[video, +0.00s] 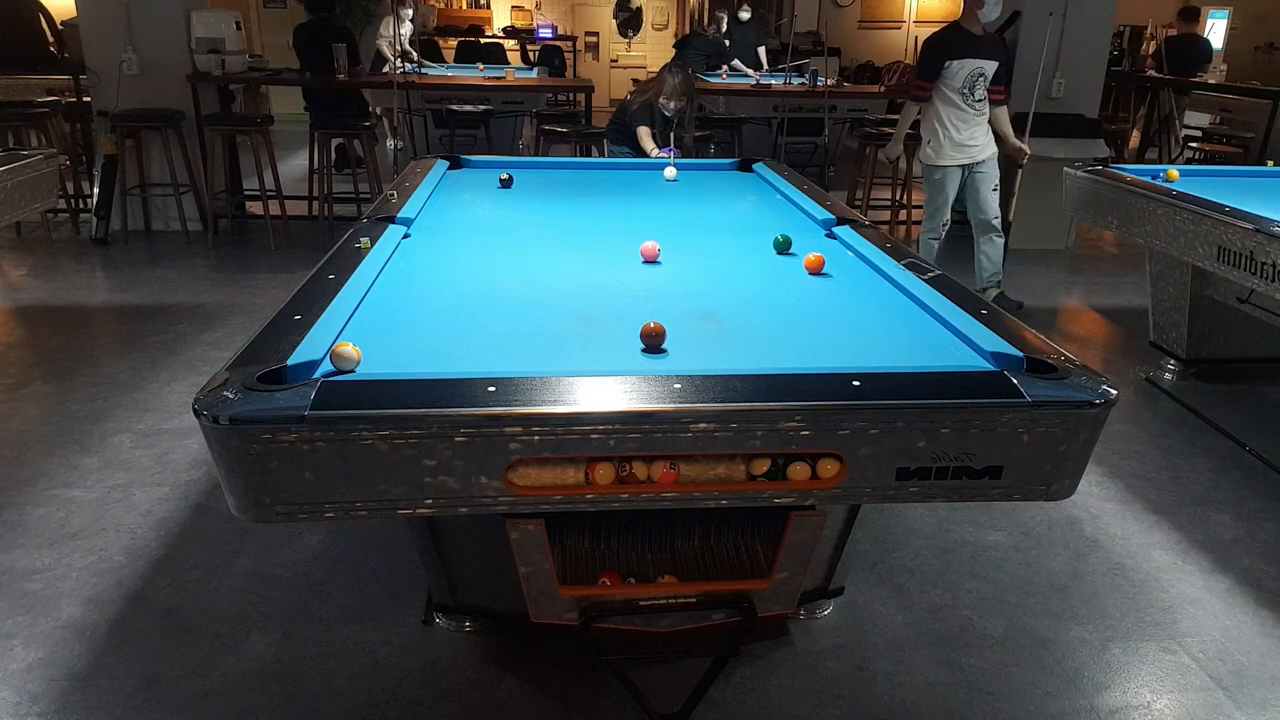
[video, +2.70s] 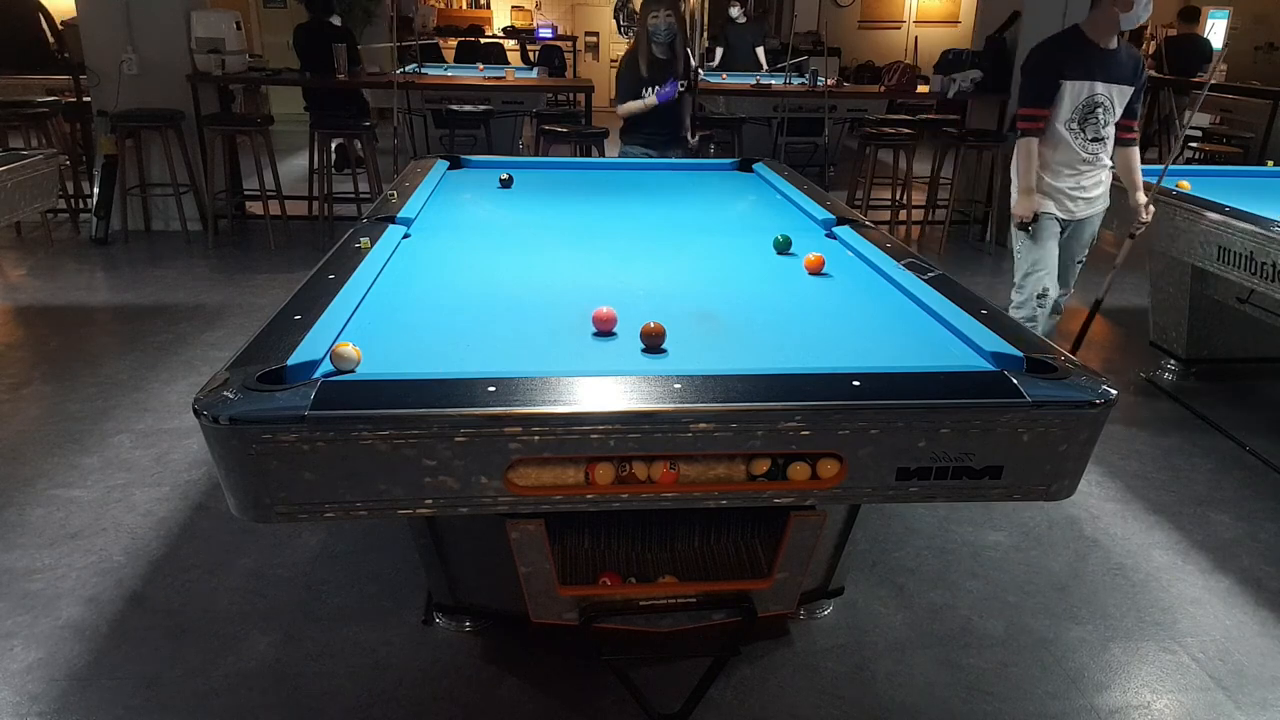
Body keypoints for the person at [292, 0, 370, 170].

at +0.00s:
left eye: (303, 5)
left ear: (307, 7)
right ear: (332, 7)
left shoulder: (300, 31)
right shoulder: (343, 30)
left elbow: (305, 65)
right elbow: (356, 68)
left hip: (315, 103)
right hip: (346, 103)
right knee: (363, 106)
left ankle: (351, 152)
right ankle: (344, 149)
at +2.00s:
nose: (302, 7)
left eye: (304, 5)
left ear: (307, 8)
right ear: (333, 7)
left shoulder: (300, 31)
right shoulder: (343, 32)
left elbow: (305, 63)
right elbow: (356, 68)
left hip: (315, 103)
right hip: (346, 103)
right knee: (363, 106)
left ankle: (351, 151)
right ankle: (345, 149)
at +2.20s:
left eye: (303, 5)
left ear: (307, 8)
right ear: (333, 7)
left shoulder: (300, 30)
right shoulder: (342, 30)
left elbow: (305, 61)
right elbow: (357, 61)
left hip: (314, 101)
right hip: (345, 101)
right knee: (362, 106)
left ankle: (350, 150)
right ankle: (343, 147)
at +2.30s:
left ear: (308, 8)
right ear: (335, 8)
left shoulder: (300, 31)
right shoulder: (344, 33)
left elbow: (305, 64)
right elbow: (355, 70)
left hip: (314, 102)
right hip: (346, 102)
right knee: (362, 107)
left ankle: (351, 150)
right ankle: (343, 147)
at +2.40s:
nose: (347, 10)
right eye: (344, 5)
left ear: (309, 8)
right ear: (337, 8)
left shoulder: (299, 31)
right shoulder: (344, 34)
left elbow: (305, 64)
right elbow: (355, 70)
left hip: (314, 102)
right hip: (345, 103)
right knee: (362, 106)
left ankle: (350, 150)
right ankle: (344, 147)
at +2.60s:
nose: (338, 7)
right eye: (336, 4)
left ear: (308, 8)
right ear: (332, 8)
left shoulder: (300, 31)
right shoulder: (344, 34)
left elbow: (306, 64)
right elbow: (357, 73)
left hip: (315, 104)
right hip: (346, 105)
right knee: (362, 105)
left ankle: (351, 150)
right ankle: (344, 148)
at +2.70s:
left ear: (308, 8)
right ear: (331, 8)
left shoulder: (300, 31)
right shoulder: (343, 32)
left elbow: (305, 65)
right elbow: (357, 71)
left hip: (315, 103)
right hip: (346, 104)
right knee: (362, 106)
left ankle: (351, 150)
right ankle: (345, 148)